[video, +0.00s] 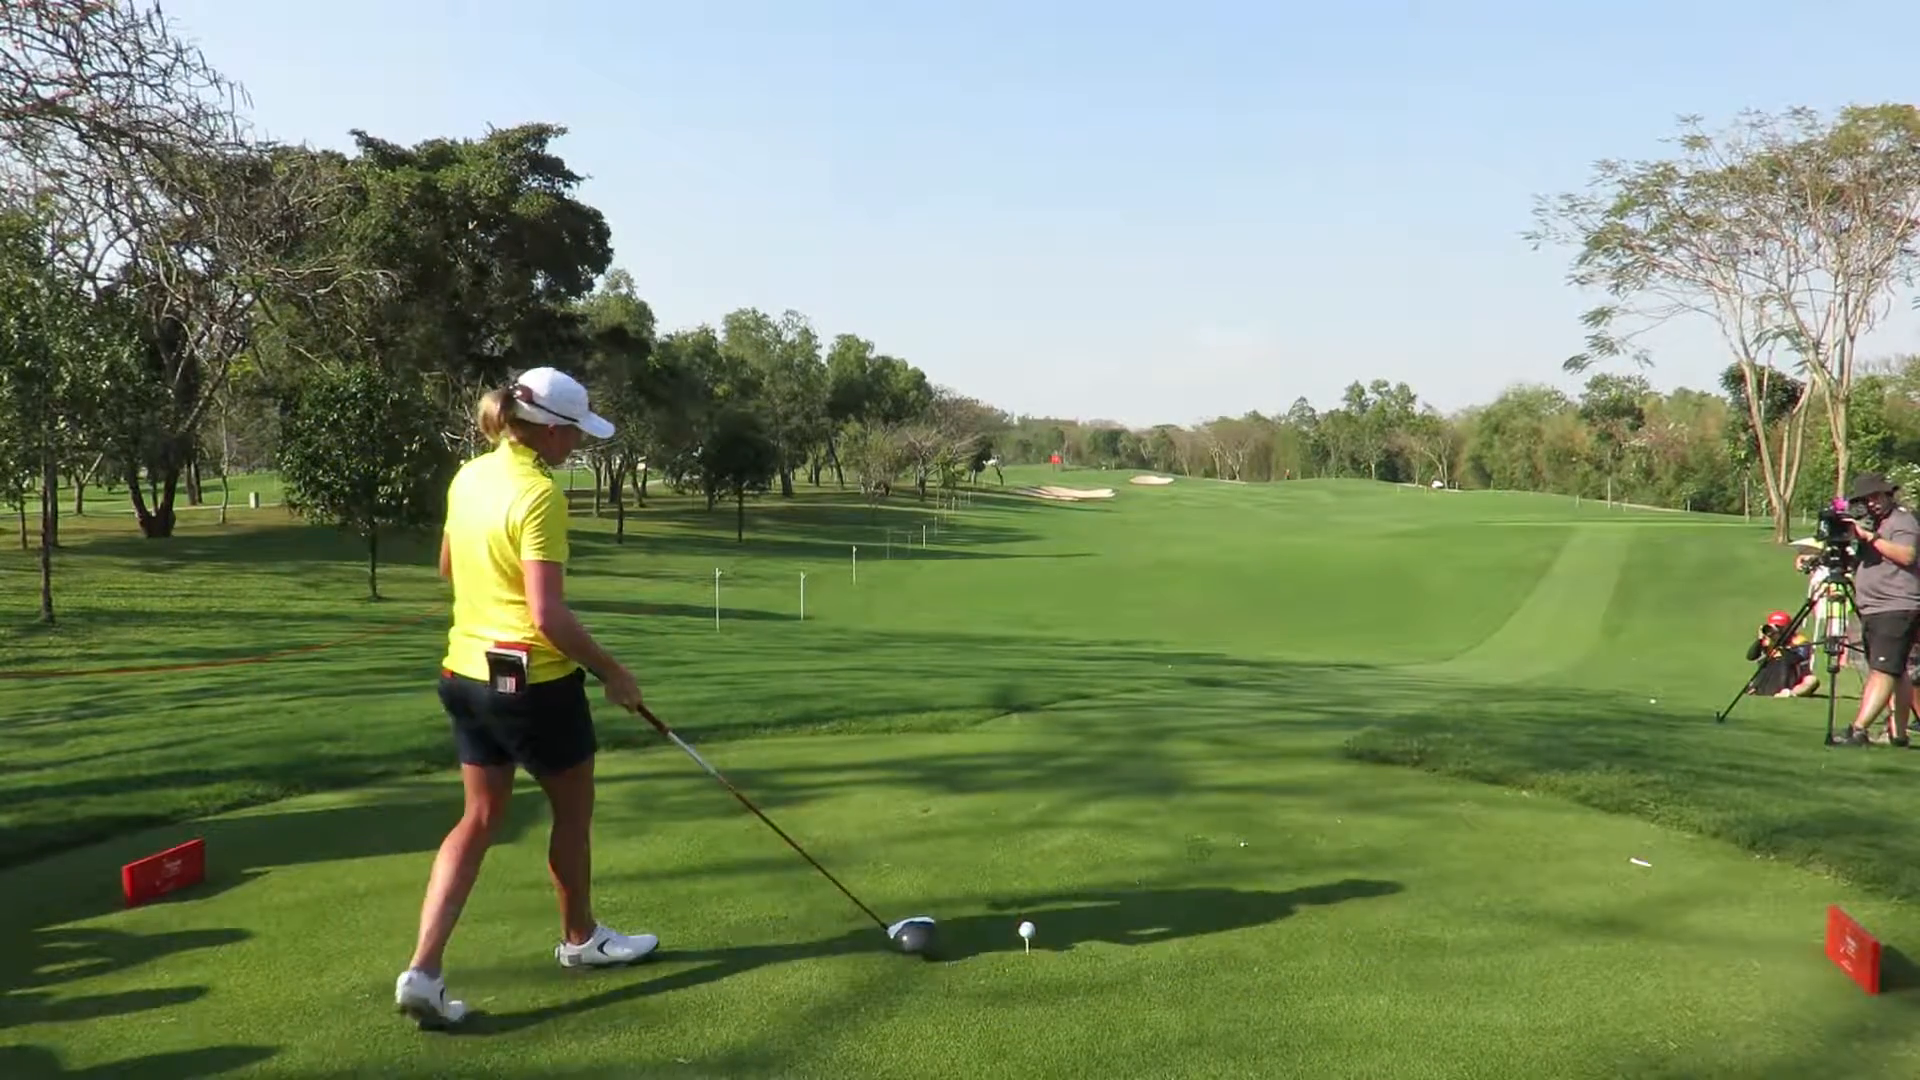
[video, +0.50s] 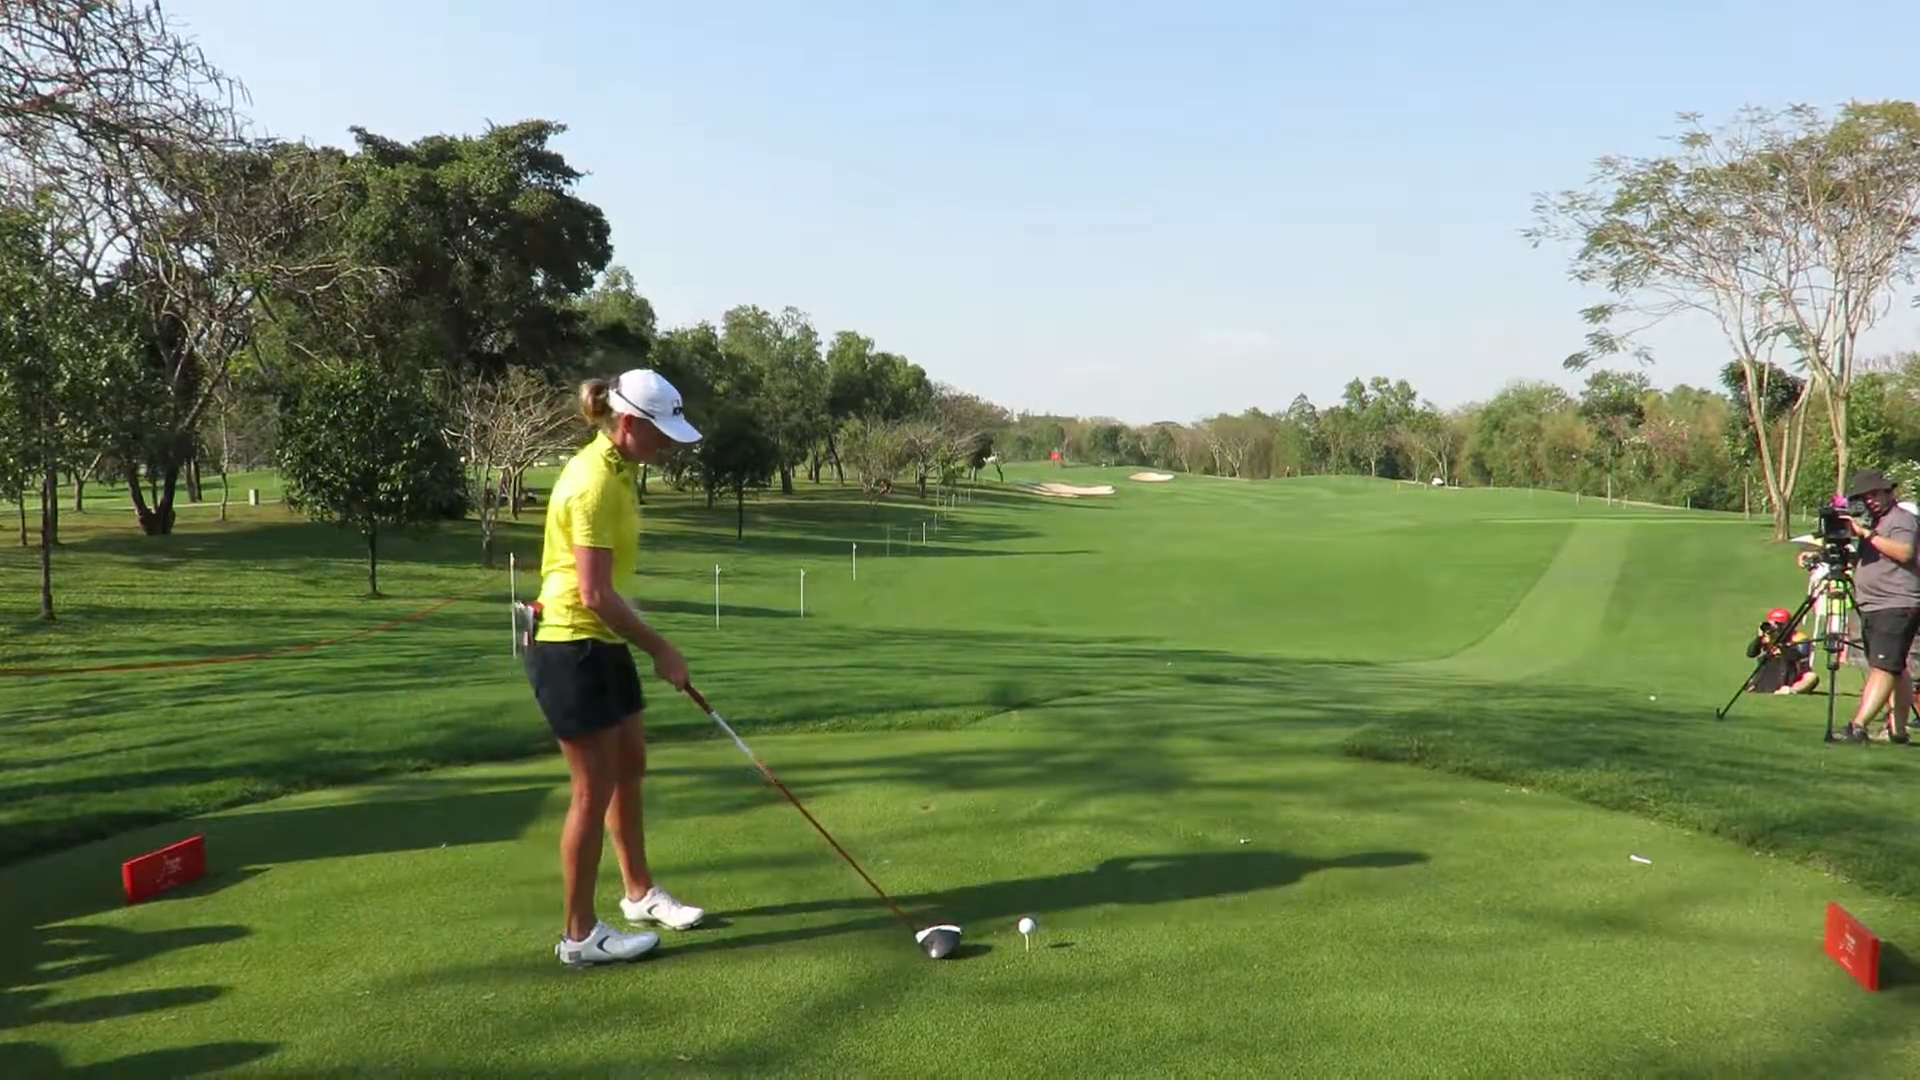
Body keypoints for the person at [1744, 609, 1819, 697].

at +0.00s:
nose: (1772, 634)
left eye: (1776, 630)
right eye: (1770, 630)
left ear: (1785, 630)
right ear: (1768, 629)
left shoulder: (1800, 642)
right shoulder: (1770, 642)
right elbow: (1751, 657)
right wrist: (1759, 641)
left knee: (1812, 680)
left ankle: (1792, 693)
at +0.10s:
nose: (1771, 633)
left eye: (1776, 630)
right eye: (1770, 630)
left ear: (1785, 630)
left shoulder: (1800, 643)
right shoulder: (1770, 641)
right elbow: (1751, 656)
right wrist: (1759, 640)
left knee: (1813, 679)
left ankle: (1792, 693)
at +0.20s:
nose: (1772, 633)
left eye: (1776, 630)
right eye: (1770, 630)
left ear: (1785, 629)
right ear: (1768, 628)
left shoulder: (1800, 642)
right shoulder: (1770, 641)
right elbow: (1751, 656)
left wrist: (1784, 653)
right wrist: (1759, 640)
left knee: (1813, 679)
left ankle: (1792, 692)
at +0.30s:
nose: (1773, 632)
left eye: (1777, 628)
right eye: (1771, 629)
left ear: (1785, 628)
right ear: (1768, 628)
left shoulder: (1799, 641)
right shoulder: (1769, 640)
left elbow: (1800, 655)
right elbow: (1751, 656)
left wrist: (1783, 652)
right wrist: (1759, 640)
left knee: (1812, 679)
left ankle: (1792, 692)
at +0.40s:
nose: (1774, 630)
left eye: (1778, 627)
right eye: (1771, 627)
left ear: (1786, 627)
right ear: (1768, 626)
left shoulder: (1799, 639)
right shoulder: (1769, 639)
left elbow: (1800, 655)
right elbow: (1751, 654)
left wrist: (1784, 651)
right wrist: (1759, 639)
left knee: (1812, 677)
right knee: (1750, 685)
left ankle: (1792, 691)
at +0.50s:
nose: (1774, 630)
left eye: (1778, 626)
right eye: (1771, 626)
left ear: (1786, 626)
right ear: (1769, 626)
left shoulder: (1799, 638)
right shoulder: (1769, 638)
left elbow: (1799, 655)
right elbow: (1751, 654)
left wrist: (1783, 651)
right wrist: (1759, 638)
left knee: (1812, 677)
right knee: (1750, 685)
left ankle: (1791, 690)